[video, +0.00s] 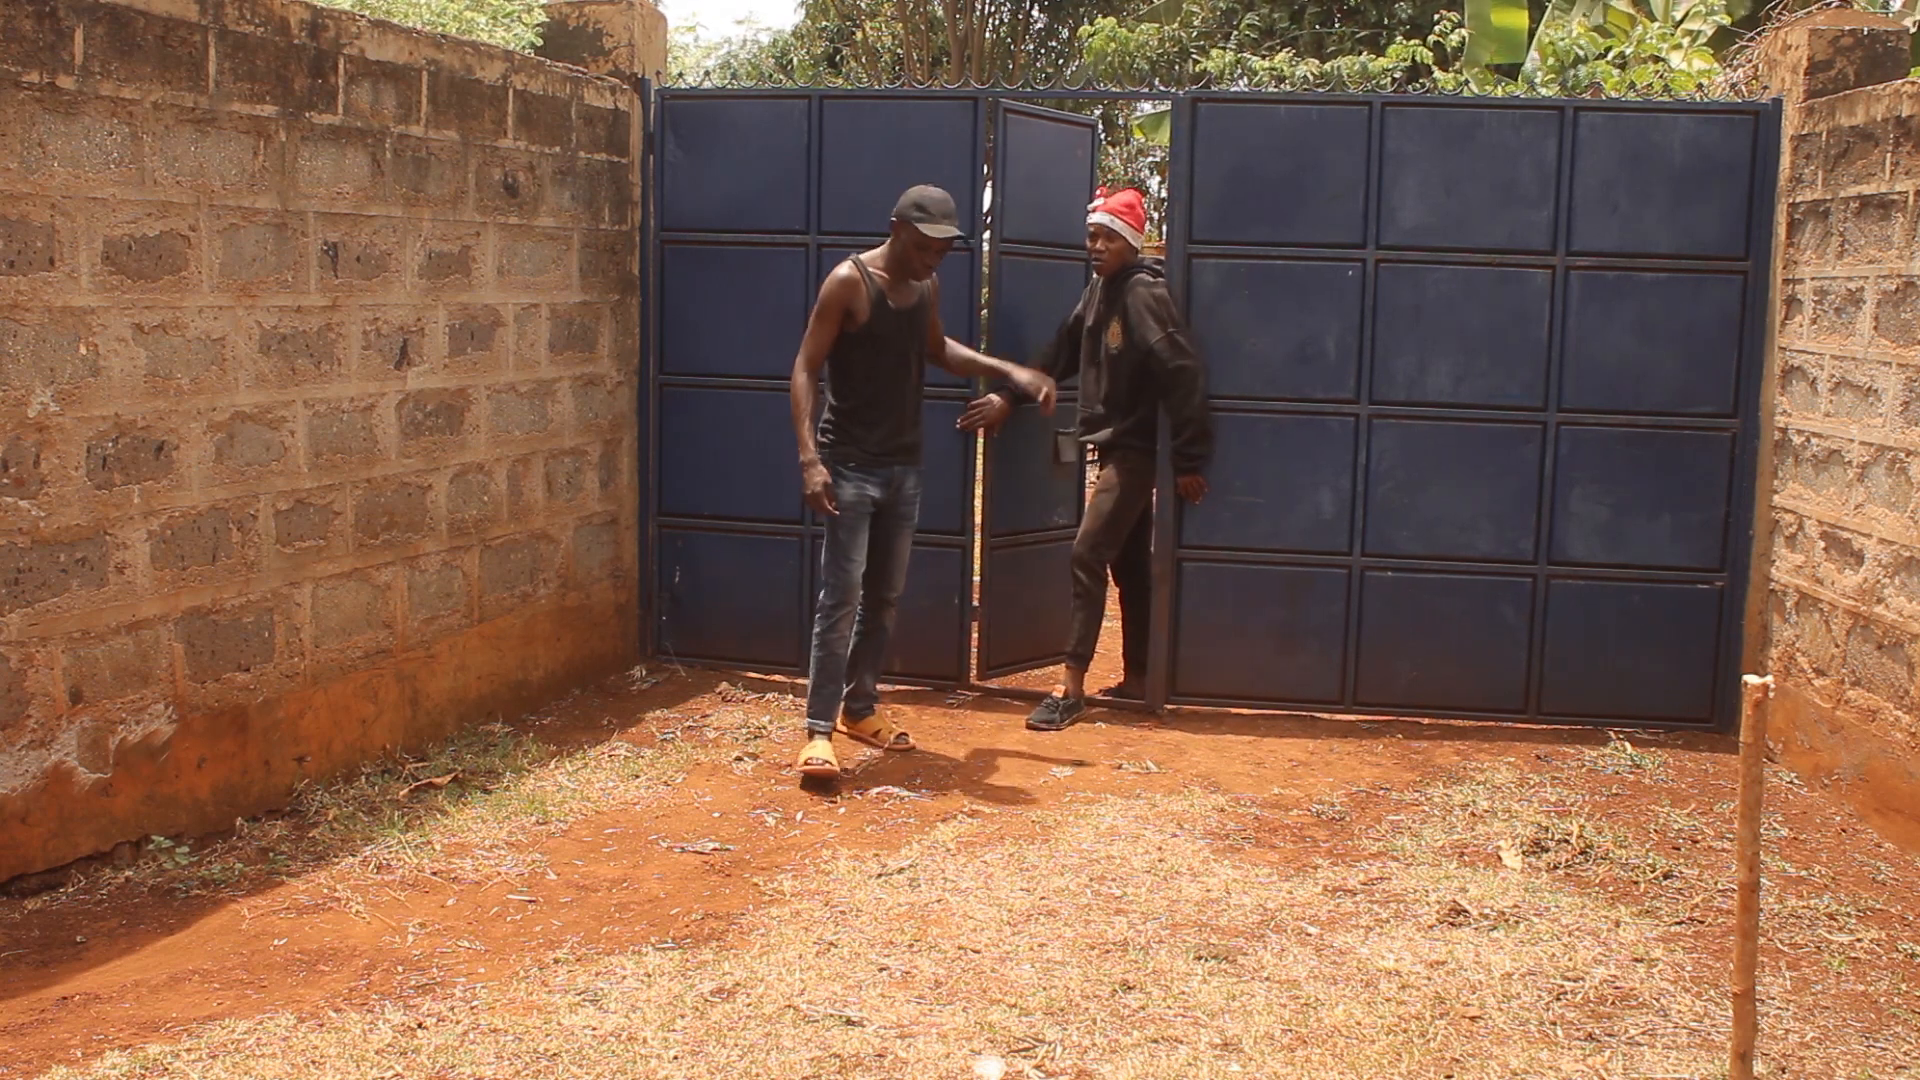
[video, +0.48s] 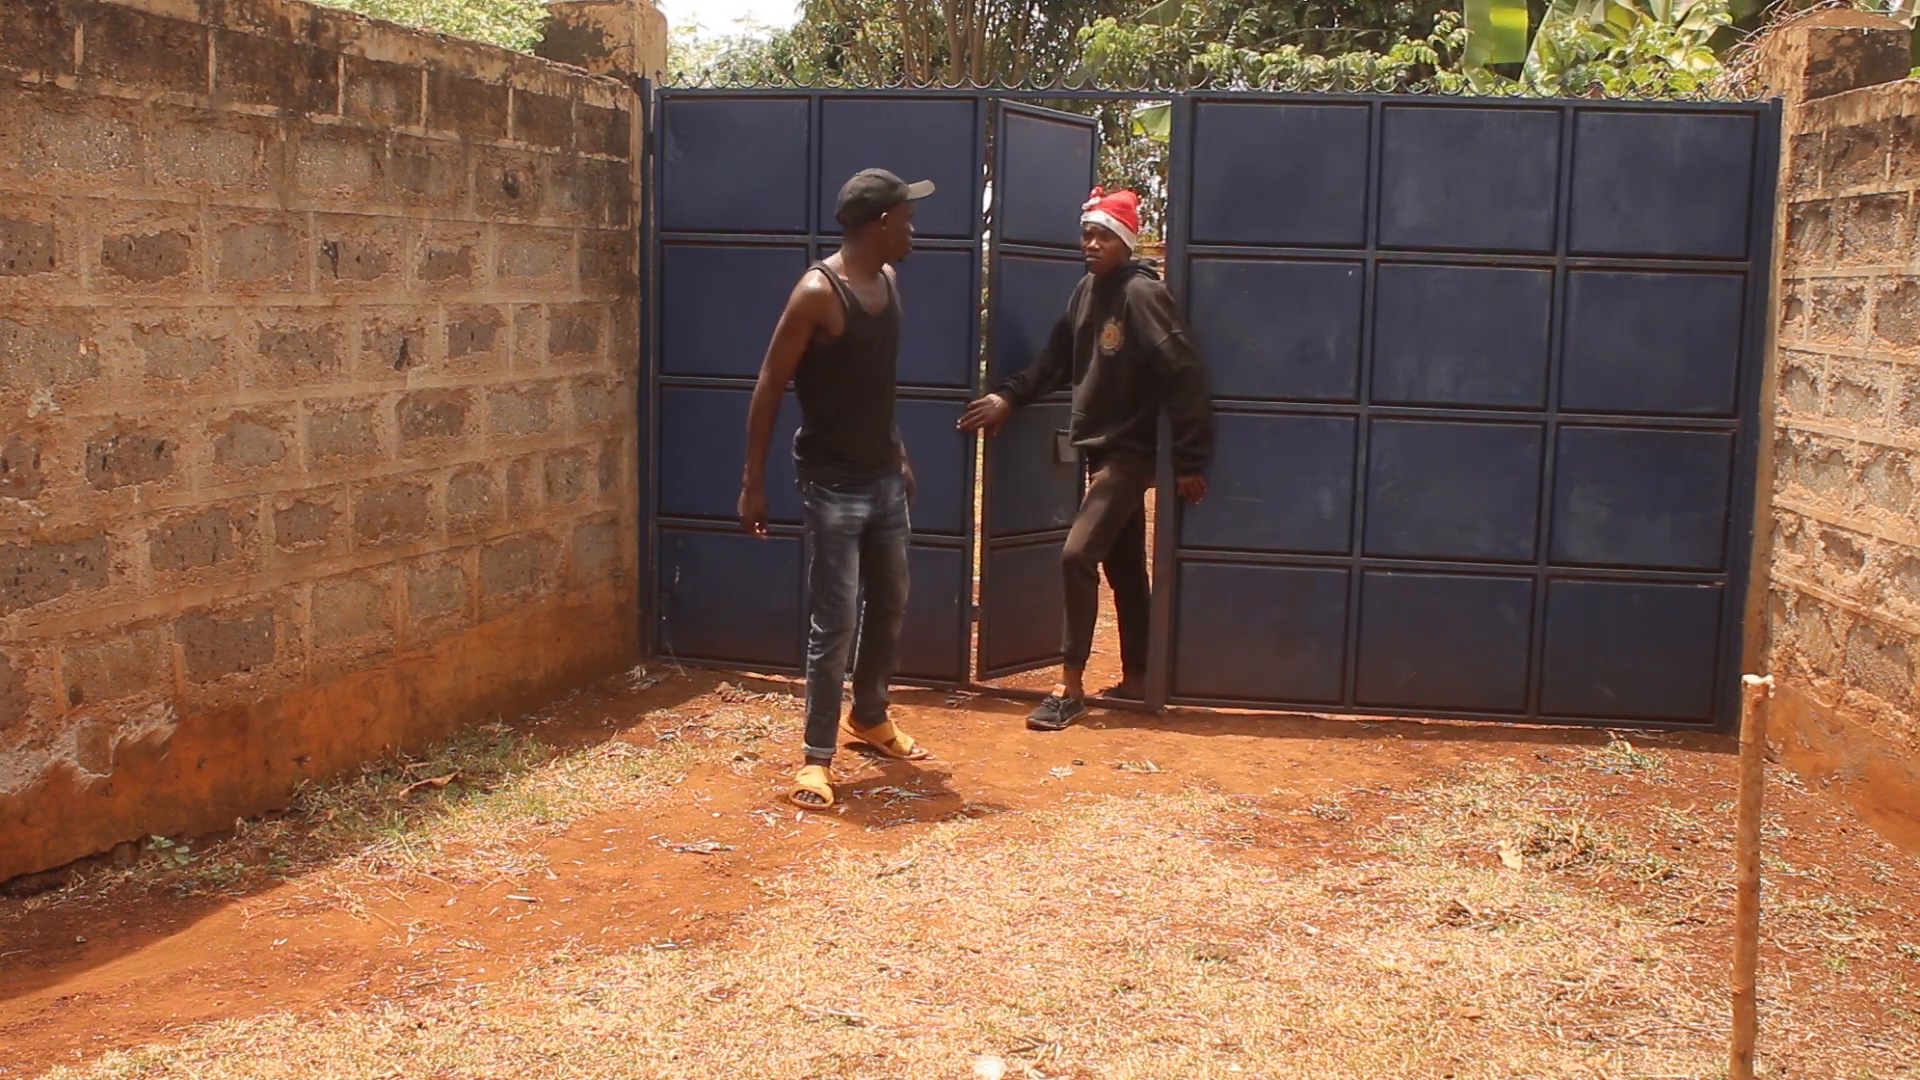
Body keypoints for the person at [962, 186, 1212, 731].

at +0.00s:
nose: (1096, 243)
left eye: (1107, 235)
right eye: (1091, 233)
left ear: (1134, 241)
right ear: (1088, 238)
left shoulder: (1144, 292)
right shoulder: (1097, 293)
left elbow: (1183, 372)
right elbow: (1057, 357)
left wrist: (1188, 461)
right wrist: (1007, 397)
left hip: (1132, 452)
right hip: (1105, 450)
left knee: (1086, 557)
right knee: (1132, 567)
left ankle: (1071, 690)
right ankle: (1140, 676)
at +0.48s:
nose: (1091, 242)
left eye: (1102, 234)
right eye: (1087, 233)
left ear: (1129, 241)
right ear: (1083, 237)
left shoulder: (1142, 293)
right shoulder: (1087, 289)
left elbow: (1186, 373)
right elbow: (1057, 357)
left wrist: (1189, 461)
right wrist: (1007, 396)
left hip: (1130, 452)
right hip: (1097, 451)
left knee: (1076, 557)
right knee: (1126, 571)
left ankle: (1070, 691)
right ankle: (1138, 677)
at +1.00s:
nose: (1086, 224)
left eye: (1101, 219)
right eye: (1085, 214)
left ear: (1124, 235)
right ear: (1078, 221)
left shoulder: (1143, 294)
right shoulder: (1061, 273)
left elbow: (1182, 376)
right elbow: (1038, 345)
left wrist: (1174, 457)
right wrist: (1000, 395)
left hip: (1111, 452)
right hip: (1059, 447)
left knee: (1078, 569)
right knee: (1063, 566)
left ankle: (1073, 691)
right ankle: (1111, 661)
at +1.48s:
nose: (1097, 208)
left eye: (1110, 201)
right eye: (1093, 199)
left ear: (1137, 212)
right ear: (1086, 205)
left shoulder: (1158, 282)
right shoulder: (1060, 257)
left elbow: (1169, 375)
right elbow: (1019, 325)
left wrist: (1168, 454)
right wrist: (993, 380)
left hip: (1102, 443)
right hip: (1038, 433)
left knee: (1086, 566)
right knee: (1006, 549)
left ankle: (1078, 687)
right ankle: (1045, 634)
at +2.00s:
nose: (1076, 209)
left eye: (1088, 199)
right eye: (1069, 198)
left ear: (1113, 206)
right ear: (1060, 204)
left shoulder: (1134, 280)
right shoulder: (1030, 258)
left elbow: (1153, 374)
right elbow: (963, 300)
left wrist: (1163, 454)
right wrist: (1002, 233)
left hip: (1088, 441)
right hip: (1022, 435)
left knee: (1080, 566)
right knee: (1010, 563)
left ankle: (1076, 689)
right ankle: (994, 690)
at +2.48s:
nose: (1081, 212)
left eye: (1093, 204)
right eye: (1074, 201)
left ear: (1116, 213)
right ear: (1063, 205)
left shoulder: (1126, 284)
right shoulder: (1027, 256)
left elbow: (1143, 375)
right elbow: (983, 328)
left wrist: (1163, 454)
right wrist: (1026, 380)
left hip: (1079, 447)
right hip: (1012, 440)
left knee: (1073, 569)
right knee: (1005, 566)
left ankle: (1074, 688)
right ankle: (993, 691)